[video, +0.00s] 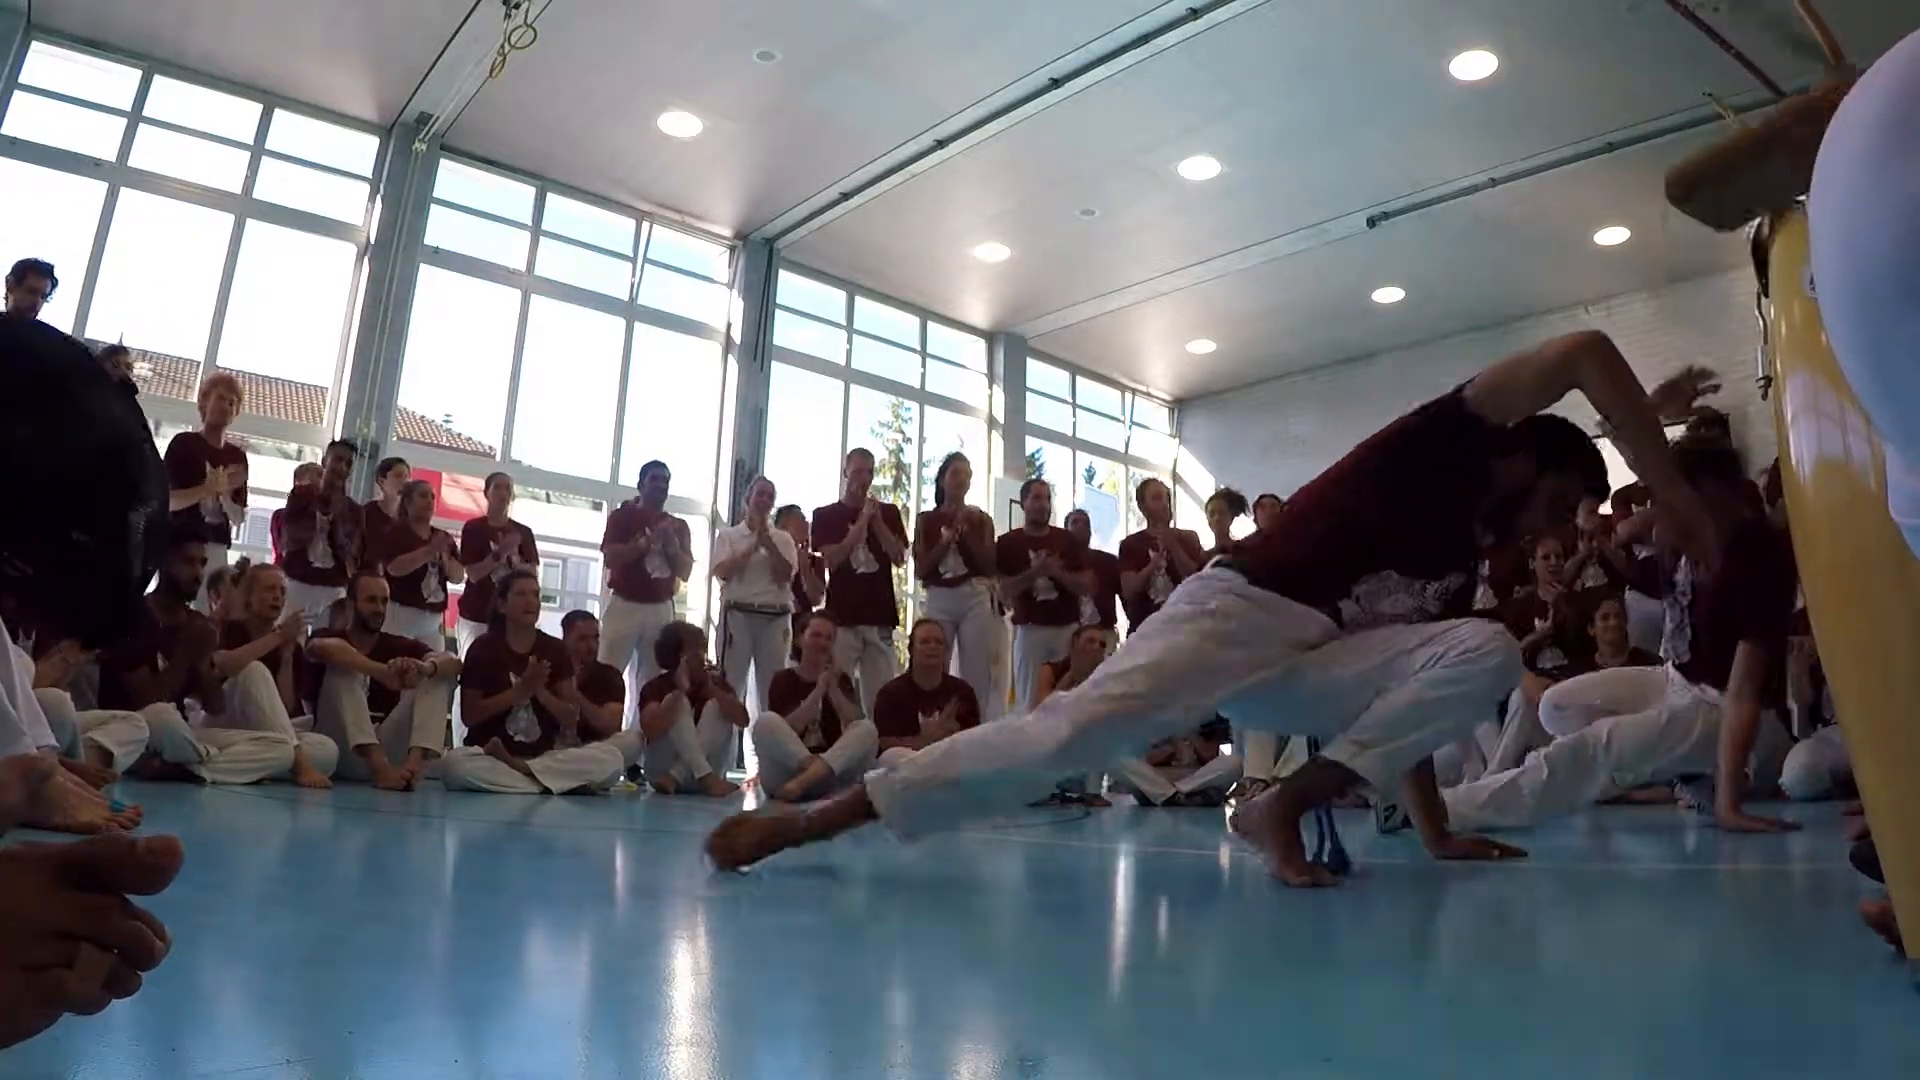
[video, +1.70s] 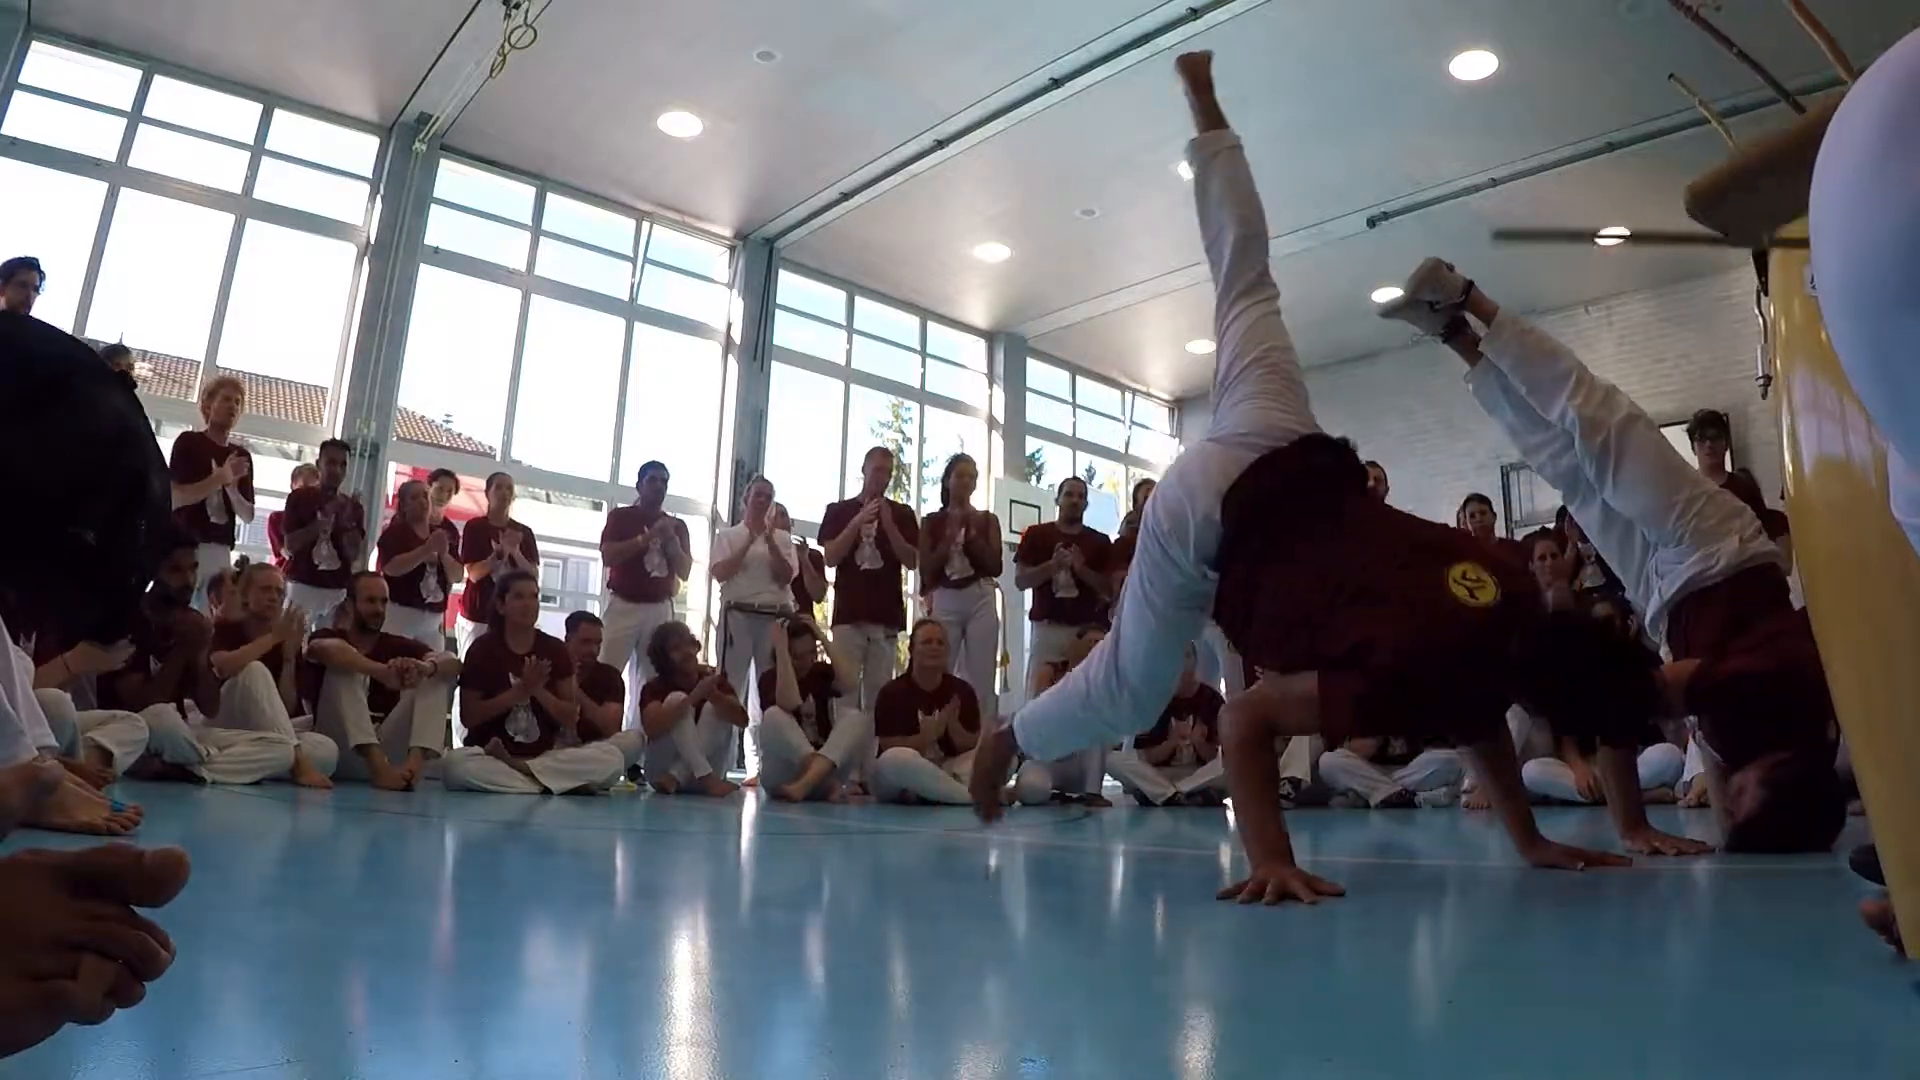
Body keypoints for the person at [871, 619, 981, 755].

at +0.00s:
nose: (933, 647)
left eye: (939, 642)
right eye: (925, 642)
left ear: (945, 650)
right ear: (911, 650)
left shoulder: (962, 691)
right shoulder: (890, 693)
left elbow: (972, 740)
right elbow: (884, 745)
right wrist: (925, 740)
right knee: (891, 757)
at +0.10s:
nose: (932, 647)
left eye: (938, 642)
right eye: (925, 642)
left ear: (945, 650)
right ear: (911, 649)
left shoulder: (962, 691)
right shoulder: (890, 693)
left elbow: (972, 748)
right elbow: (883, 745)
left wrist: (954, 726)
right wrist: (924, 737)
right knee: (896, 756)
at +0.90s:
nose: (933, 647)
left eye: (939, 643)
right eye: (925, 642)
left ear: (946, 651)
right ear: (910, 650)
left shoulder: (962, 691)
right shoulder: (891, 693)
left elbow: (971, 747)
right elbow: (887, 744)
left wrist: (954, 731)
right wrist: (925, 739)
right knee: (893, 758)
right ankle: (987, 796)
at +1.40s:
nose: (934, 647)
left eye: (939, 643)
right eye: (926, 642)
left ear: (946, 651)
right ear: (911, 650)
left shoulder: (961, 690)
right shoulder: (892, 693)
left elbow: (970, 748)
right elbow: (893, 750)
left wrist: (962, 725)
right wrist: (927, 731)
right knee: (896, 758)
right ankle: (977, 796)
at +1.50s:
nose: (934, 647)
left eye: (939, 643)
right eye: (926, 643)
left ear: (946, 650)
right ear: (911, 651)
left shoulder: (962, 690)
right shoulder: (891, 693)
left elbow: (971, 743)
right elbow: (889, 748)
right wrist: (922, 729)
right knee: (895, 759)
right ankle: (976, 796)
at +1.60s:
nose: (934, 647)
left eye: (940, 643)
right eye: (926, 642)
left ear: (948, 651)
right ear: (911, 650)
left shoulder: (961, 690)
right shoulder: (892, 692)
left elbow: (970, 750)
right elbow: (886, 748)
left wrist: (965, 728)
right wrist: (921, 728)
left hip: (952, 775)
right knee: (897, 759)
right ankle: (982, 796)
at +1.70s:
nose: (935, 648)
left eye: (940, 643)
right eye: (927, 642)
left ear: (947, 651)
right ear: (912, 650)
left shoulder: (963, 690)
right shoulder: (892, 692)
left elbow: (970, 747)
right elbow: (889, 746)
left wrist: (954, 725)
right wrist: (925, 739)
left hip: (951, 769)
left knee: (1001, 755)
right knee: (896, 759)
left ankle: (931, 795)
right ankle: (976, 797)